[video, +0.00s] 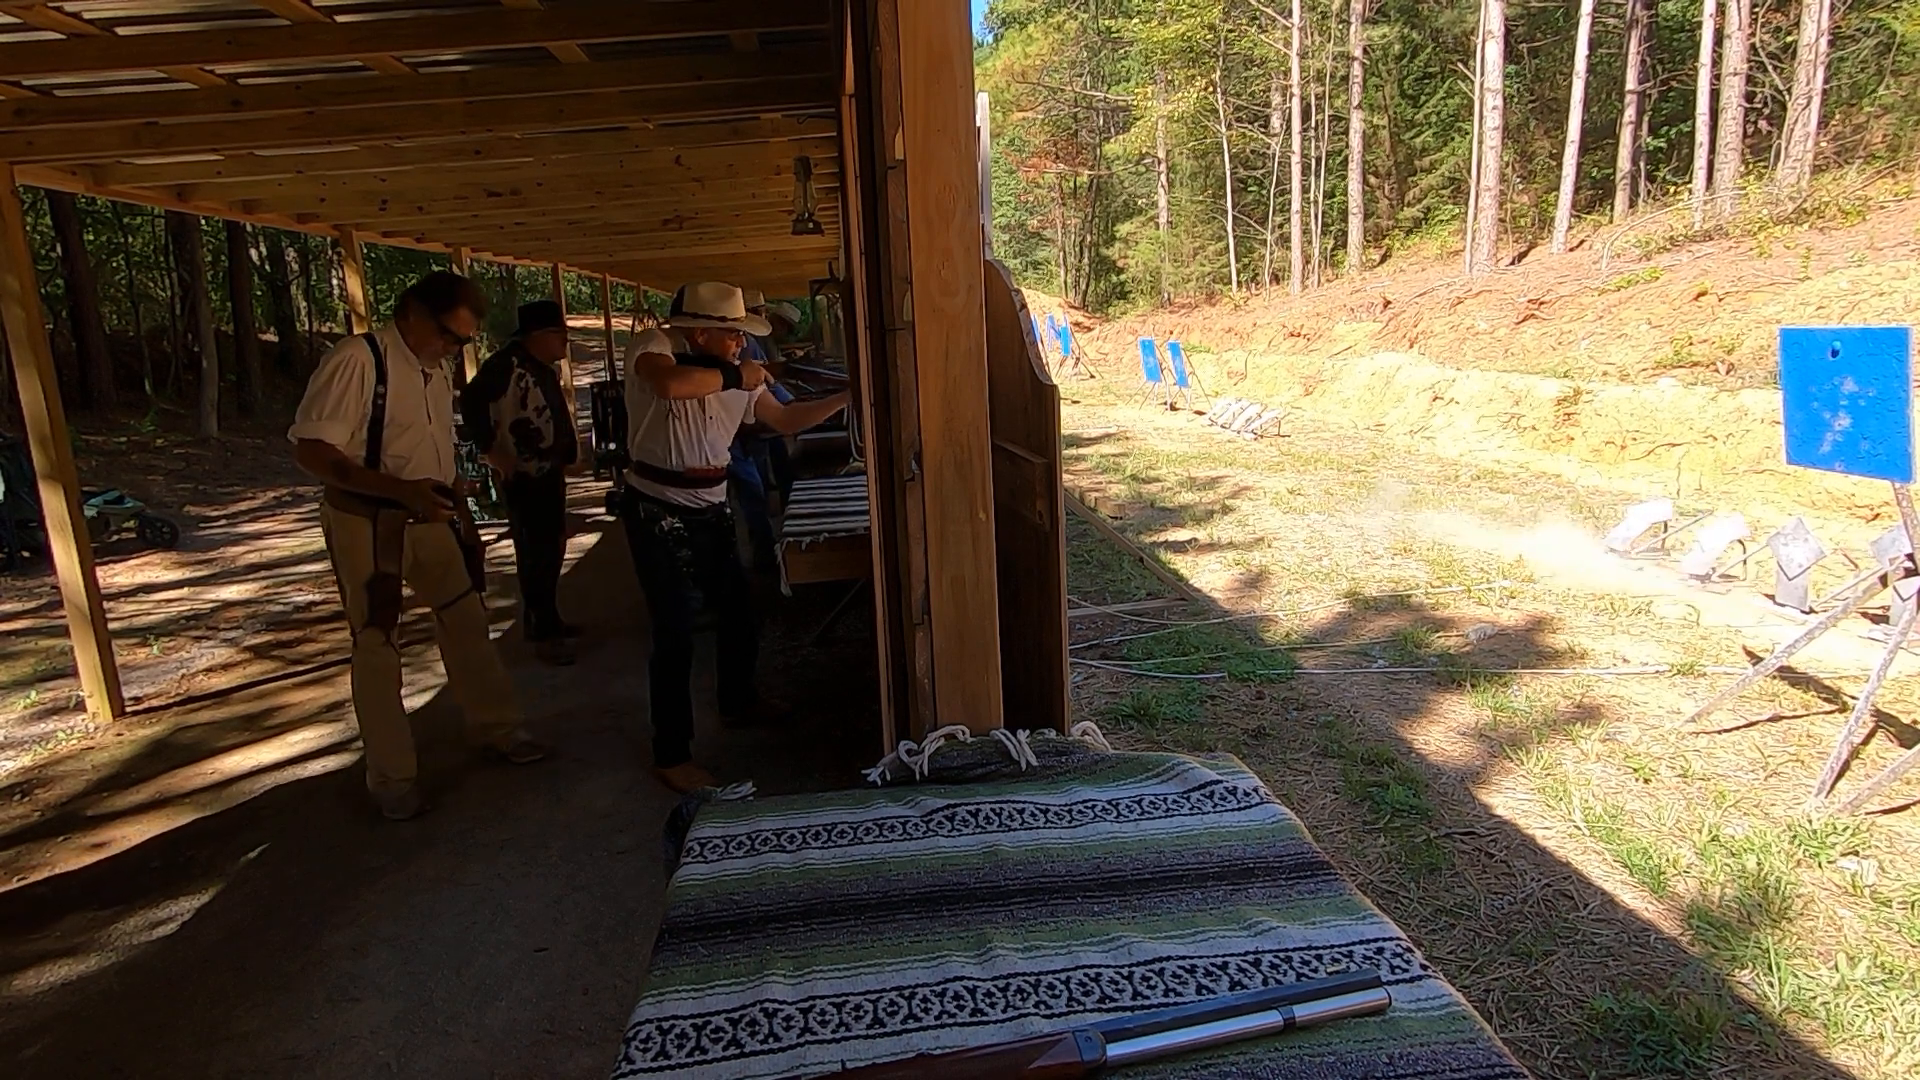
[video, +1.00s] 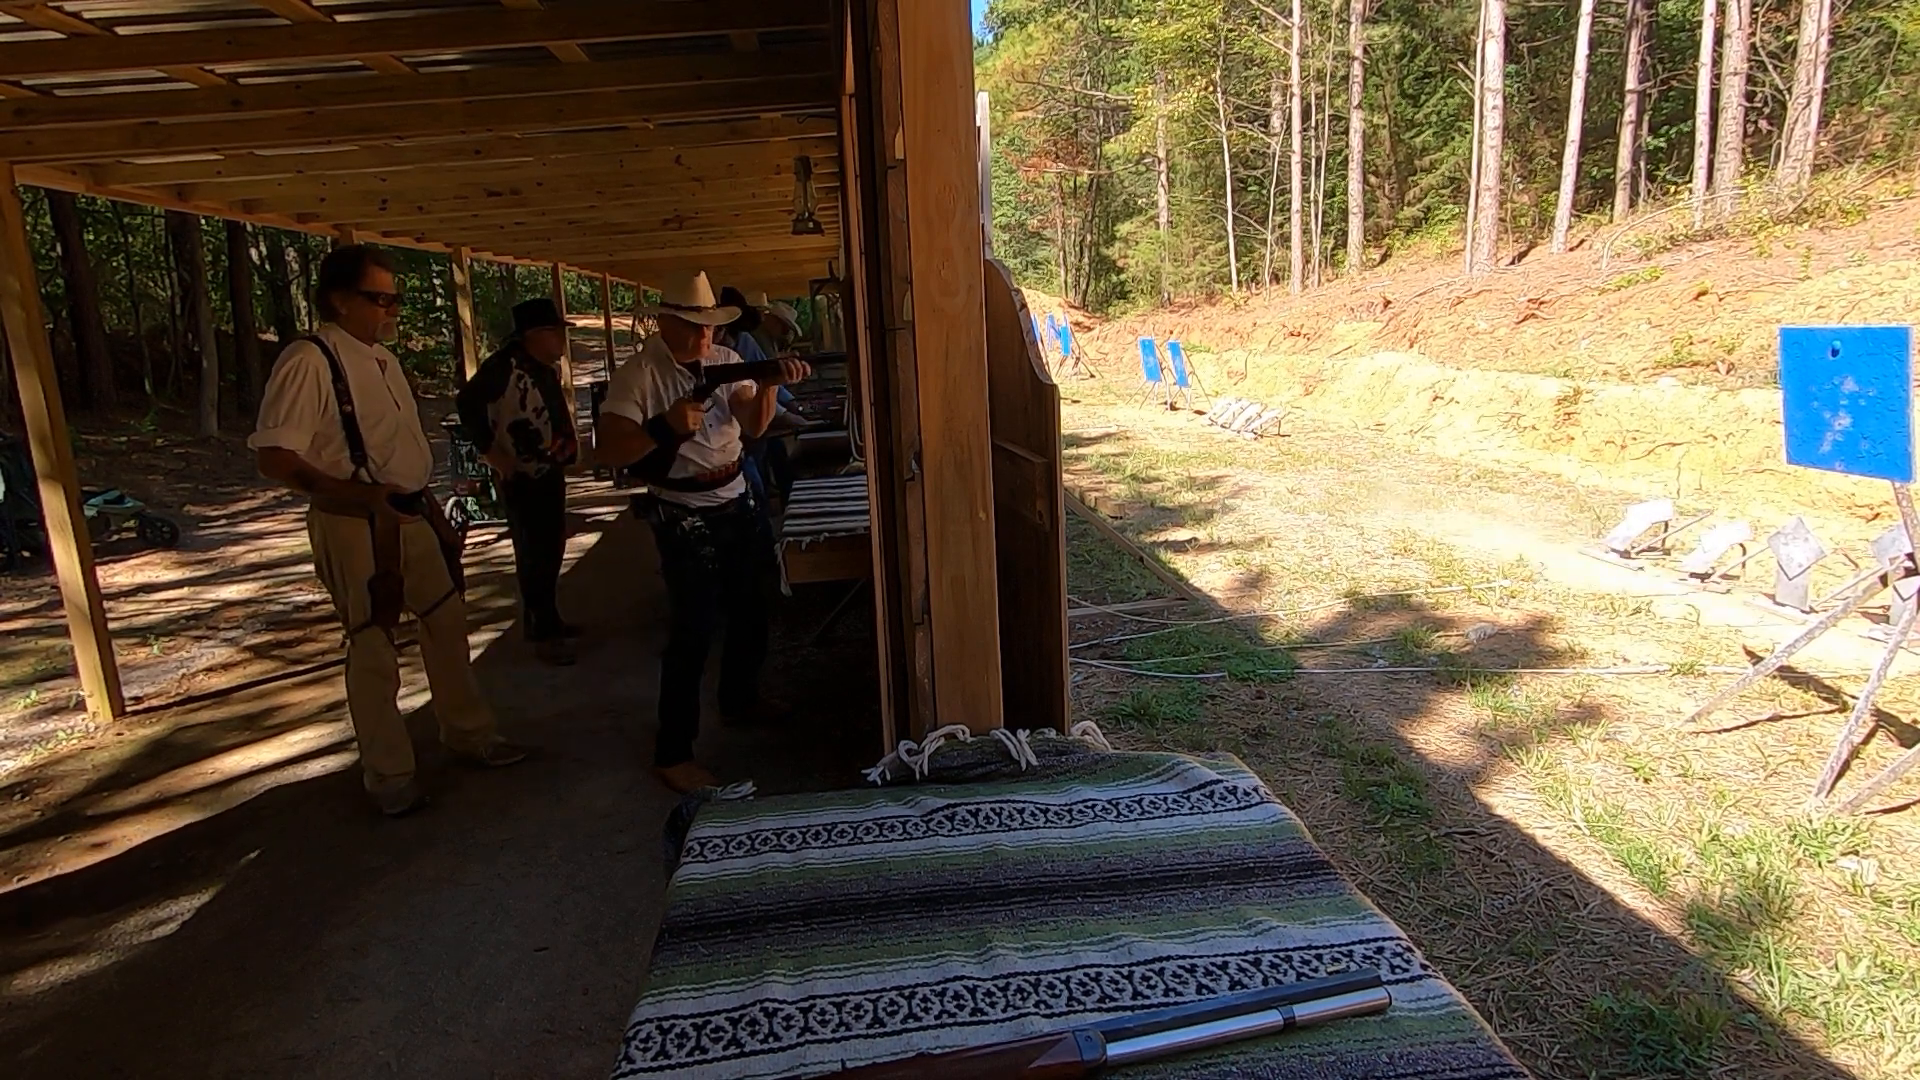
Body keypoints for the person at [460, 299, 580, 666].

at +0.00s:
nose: (566, 344)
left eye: (565, 337)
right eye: (561, 336)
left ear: (545, 337)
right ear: (539, 335)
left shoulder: (545, 367)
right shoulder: (505, 365)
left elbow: (554, 415)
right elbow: (471, 403)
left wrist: (566, 453)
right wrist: (490, 449)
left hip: (549, 474)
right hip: (522, 477)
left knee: (551, 552)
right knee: (535, 555)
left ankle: (550, 621)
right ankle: (541, 631)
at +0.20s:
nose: (565, 343)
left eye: (565, 336)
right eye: (560, 336)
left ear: (545, 336)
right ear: (538, 335)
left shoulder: (545, 367)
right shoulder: (505, 364)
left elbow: (554, 415)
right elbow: (471, 401)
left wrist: (566, 452)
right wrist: (490, 448)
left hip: (549, 474)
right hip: (522, 477)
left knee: (551, 552)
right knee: (535, 555)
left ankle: (549, 621)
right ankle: (541, 631)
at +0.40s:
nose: (564, 340)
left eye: (564, 333)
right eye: (558, 333)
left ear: (544, 335)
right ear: (536, 334)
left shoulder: (545, 368)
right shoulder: (505, 365)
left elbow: (555, 414)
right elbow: (470, 401)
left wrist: (567, 452)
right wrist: (489, 448)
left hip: (550, 473)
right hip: (522, 477)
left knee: (551, 551)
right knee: (535, 553)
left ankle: (549, 620)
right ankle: (541, 630)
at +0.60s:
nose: (563, 339)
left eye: (562, 332)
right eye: (557, 332)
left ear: (544, 334)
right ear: (534, 334)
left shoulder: (546, 368)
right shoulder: (504, 365)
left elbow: (554, 414)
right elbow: (468, 403)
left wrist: (567, 450)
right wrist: (490, 450)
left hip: (550, 473)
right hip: (522, 477)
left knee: (551, 551)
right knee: (534, 553)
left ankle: (549, 620)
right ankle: (541, 631)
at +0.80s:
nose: (564, 339)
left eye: (563, 332)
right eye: (557, 332)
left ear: (544, 335)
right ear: (534, 334)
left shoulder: (547, 370)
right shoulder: (503, 366)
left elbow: (557, 414)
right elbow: (468, 403)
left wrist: (568, 448)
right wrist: (490, 450)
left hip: (550, 474)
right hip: (520, 477)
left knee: (551, 551)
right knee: (533, 554)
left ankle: (550, 620)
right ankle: (540, 631)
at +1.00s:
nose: (563, 340)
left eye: (563, 332)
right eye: (557, 333)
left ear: (546, 335)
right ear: (534, 334)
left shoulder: (547, 371)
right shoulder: (503, 366)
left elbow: (558, 412)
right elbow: (468, 403)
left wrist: (568, 440)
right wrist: (490, 450)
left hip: (550, 474)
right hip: (520, 477)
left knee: (552, 550)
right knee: (534, 553)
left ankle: (550, 620)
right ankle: (541, 630)